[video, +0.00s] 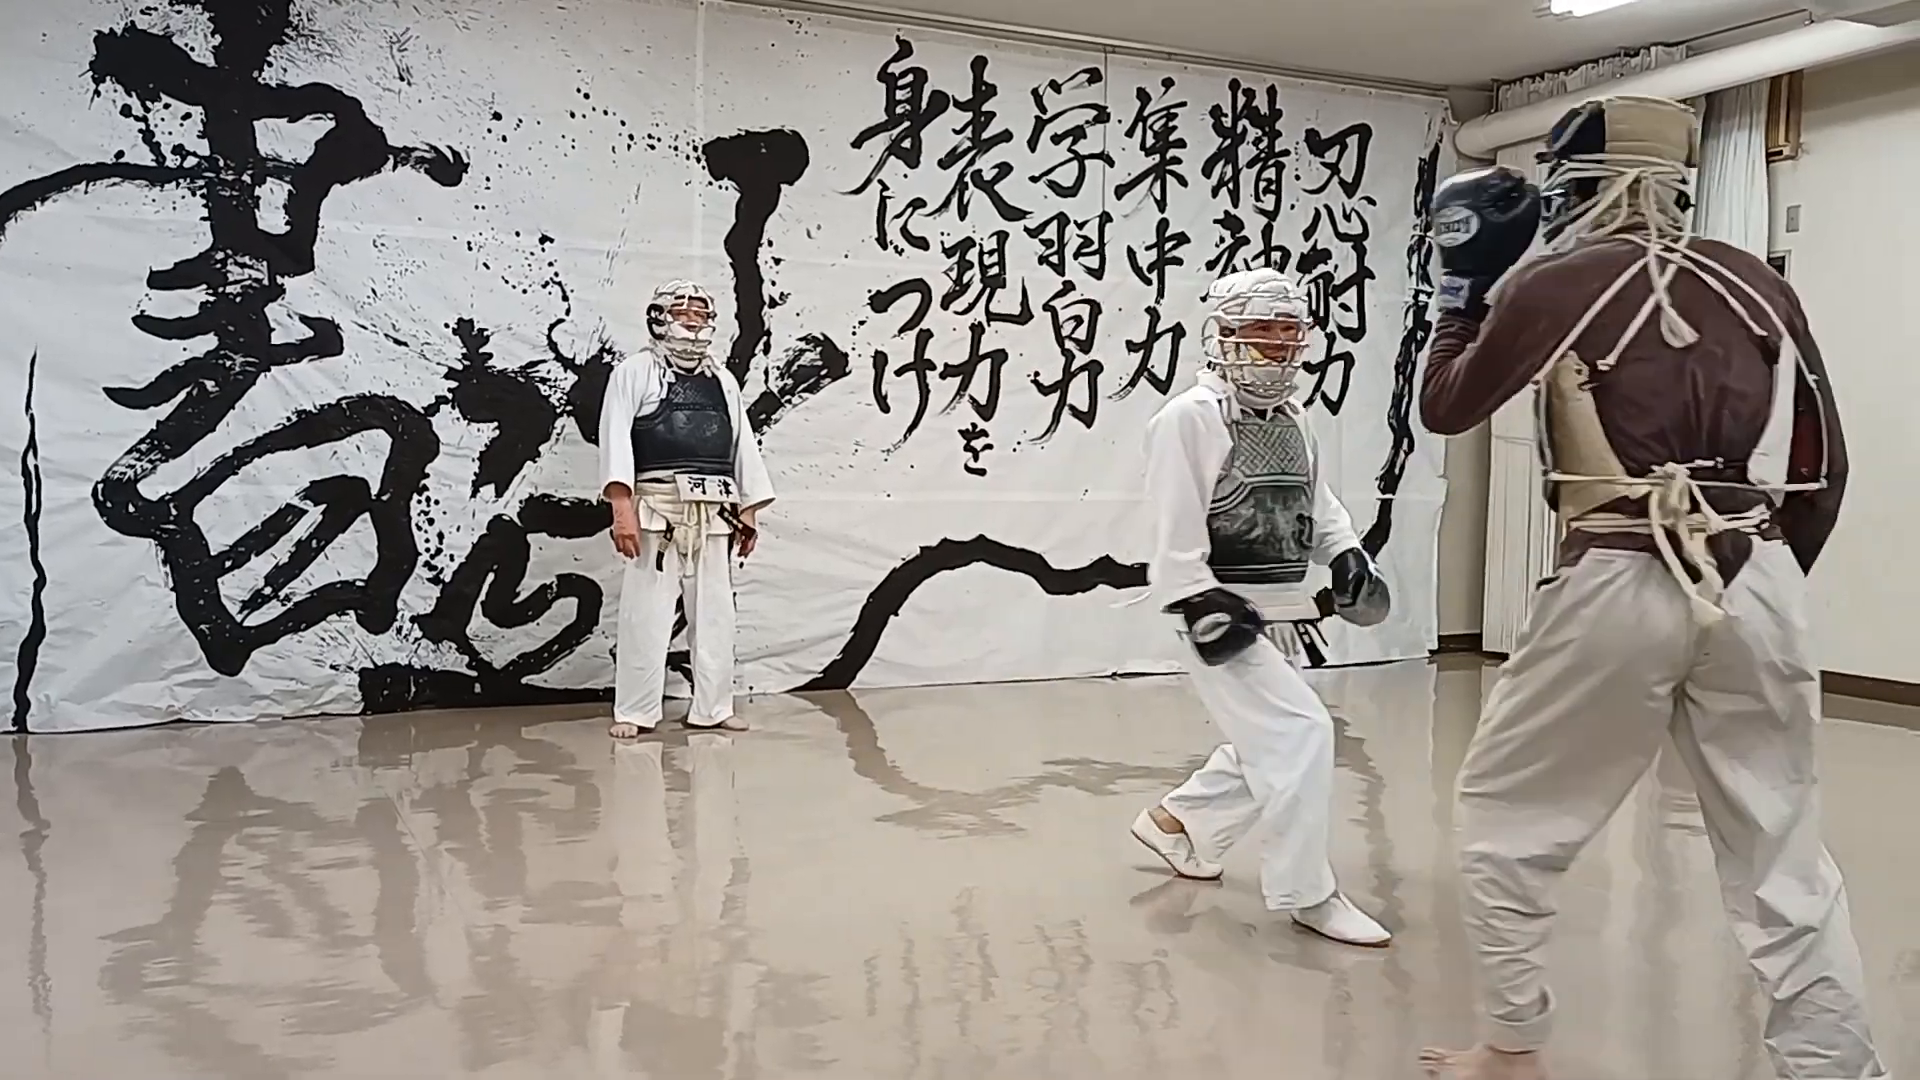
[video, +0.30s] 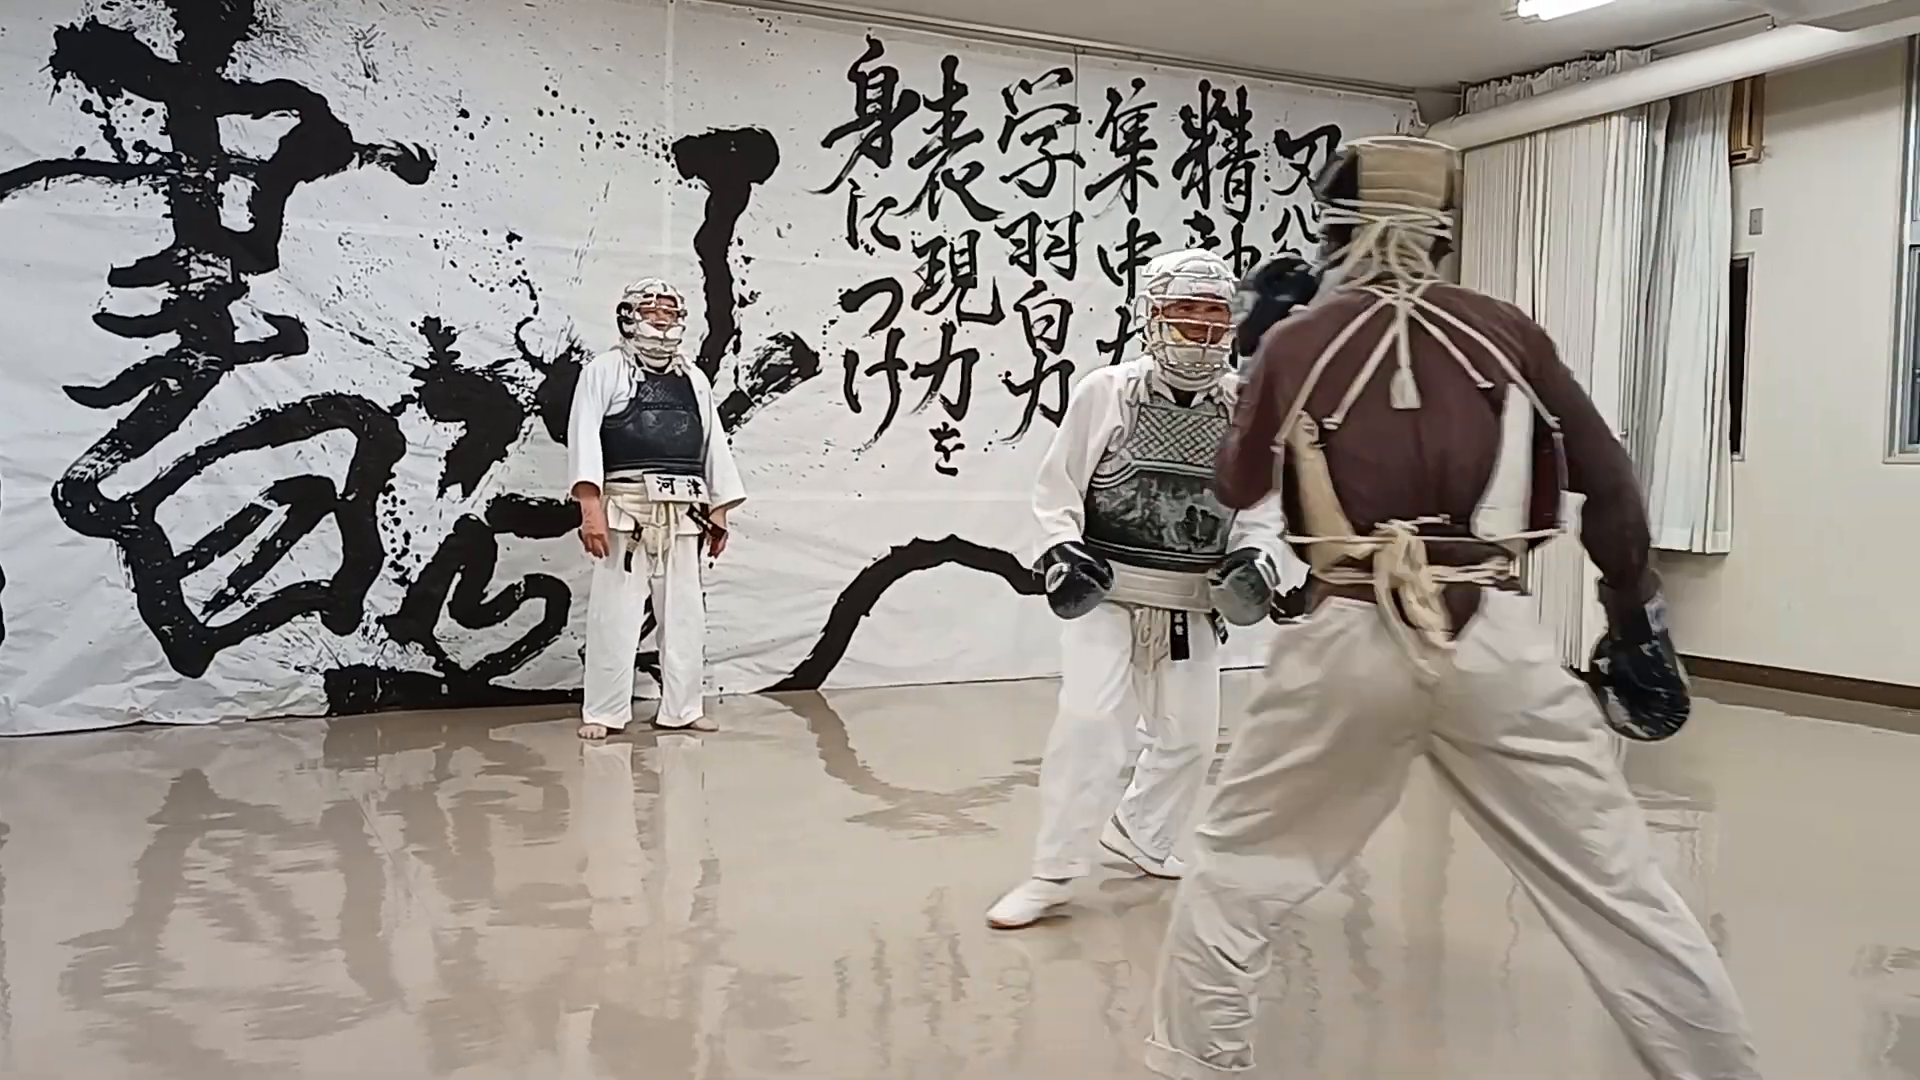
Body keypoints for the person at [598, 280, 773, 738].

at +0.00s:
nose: (692, 320)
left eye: (700, 314)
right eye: (682, 312)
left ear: (708, 322)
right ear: (661, 318)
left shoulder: (722, 378)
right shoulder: (635, 369)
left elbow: (743, 446)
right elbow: (615, 439)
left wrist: (748, 511)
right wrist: (622, 507)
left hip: (714, 510)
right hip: (652, 509)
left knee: (716, 616)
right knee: (645, 617)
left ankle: (712, 709)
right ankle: (635, 715)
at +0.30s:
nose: (661, 318)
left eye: (669, 312)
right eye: (651, 310)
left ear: (679, 321)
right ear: (630, 316)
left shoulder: (693, 377)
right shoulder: (604, 368)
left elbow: (714, 446)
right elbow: (584, 438)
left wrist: (719, 511)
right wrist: (590, 506)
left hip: (684, 510)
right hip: (620, 509)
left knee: (685, 616)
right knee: (614, 617)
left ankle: (681, 710)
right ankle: (604, 715)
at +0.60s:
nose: (632, 317)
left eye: (640, 311)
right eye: (622, 309)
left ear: (650, 320)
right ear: (601, 315)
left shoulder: (664, 378)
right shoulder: (574, 370)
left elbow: (684, 447)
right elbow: (552, 440)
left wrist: (688, 513)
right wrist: (557, 507)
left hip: (654, 511)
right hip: (590, 510)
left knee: (655, 618)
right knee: (583, 619)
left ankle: (651, 712)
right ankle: (572, 717)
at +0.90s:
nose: (614, 318)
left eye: (622, 312)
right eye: (604, 310)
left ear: (632, 321)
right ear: (583, 316)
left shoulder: (646, 379)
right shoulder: (555, 370)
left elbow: (666, 448)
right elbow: (534, 441)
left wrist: (671, 513)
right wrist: (538, 509)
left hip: (636, 513)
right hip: (571, 511)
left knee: (637, 618)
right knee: (563, 619)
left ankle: (633, 712)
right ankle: (553, 717)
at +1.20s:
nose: (609, 320)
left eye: (617, 313)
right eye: (599, 311)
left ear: (629, 323)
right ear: (578, 317)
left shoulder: (646, 382)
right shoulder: (551, 372)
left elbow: (655, 459)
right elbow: (530, 442)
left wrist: (668, 512)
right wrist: (533, 508)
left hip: (633, 514)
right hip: (568, 510)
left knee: (634, 619)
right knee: (561, 619)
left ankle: (629, 715)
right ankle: (551, 718)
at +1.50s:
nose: (614, 323)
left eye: (624, 316)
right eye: (604, 313)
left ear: (636, 325)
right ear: (583, 319)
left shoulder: (650, 381)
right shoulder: (558, 373)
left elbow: (665, 453)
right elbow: (536, 441)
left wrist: (671, 514)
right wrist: (541, 509)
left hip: (640, 515)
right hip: (576, 511)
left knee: (641, 622)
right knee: (568, 622)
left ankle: (636, 717)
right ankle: (559, 719)